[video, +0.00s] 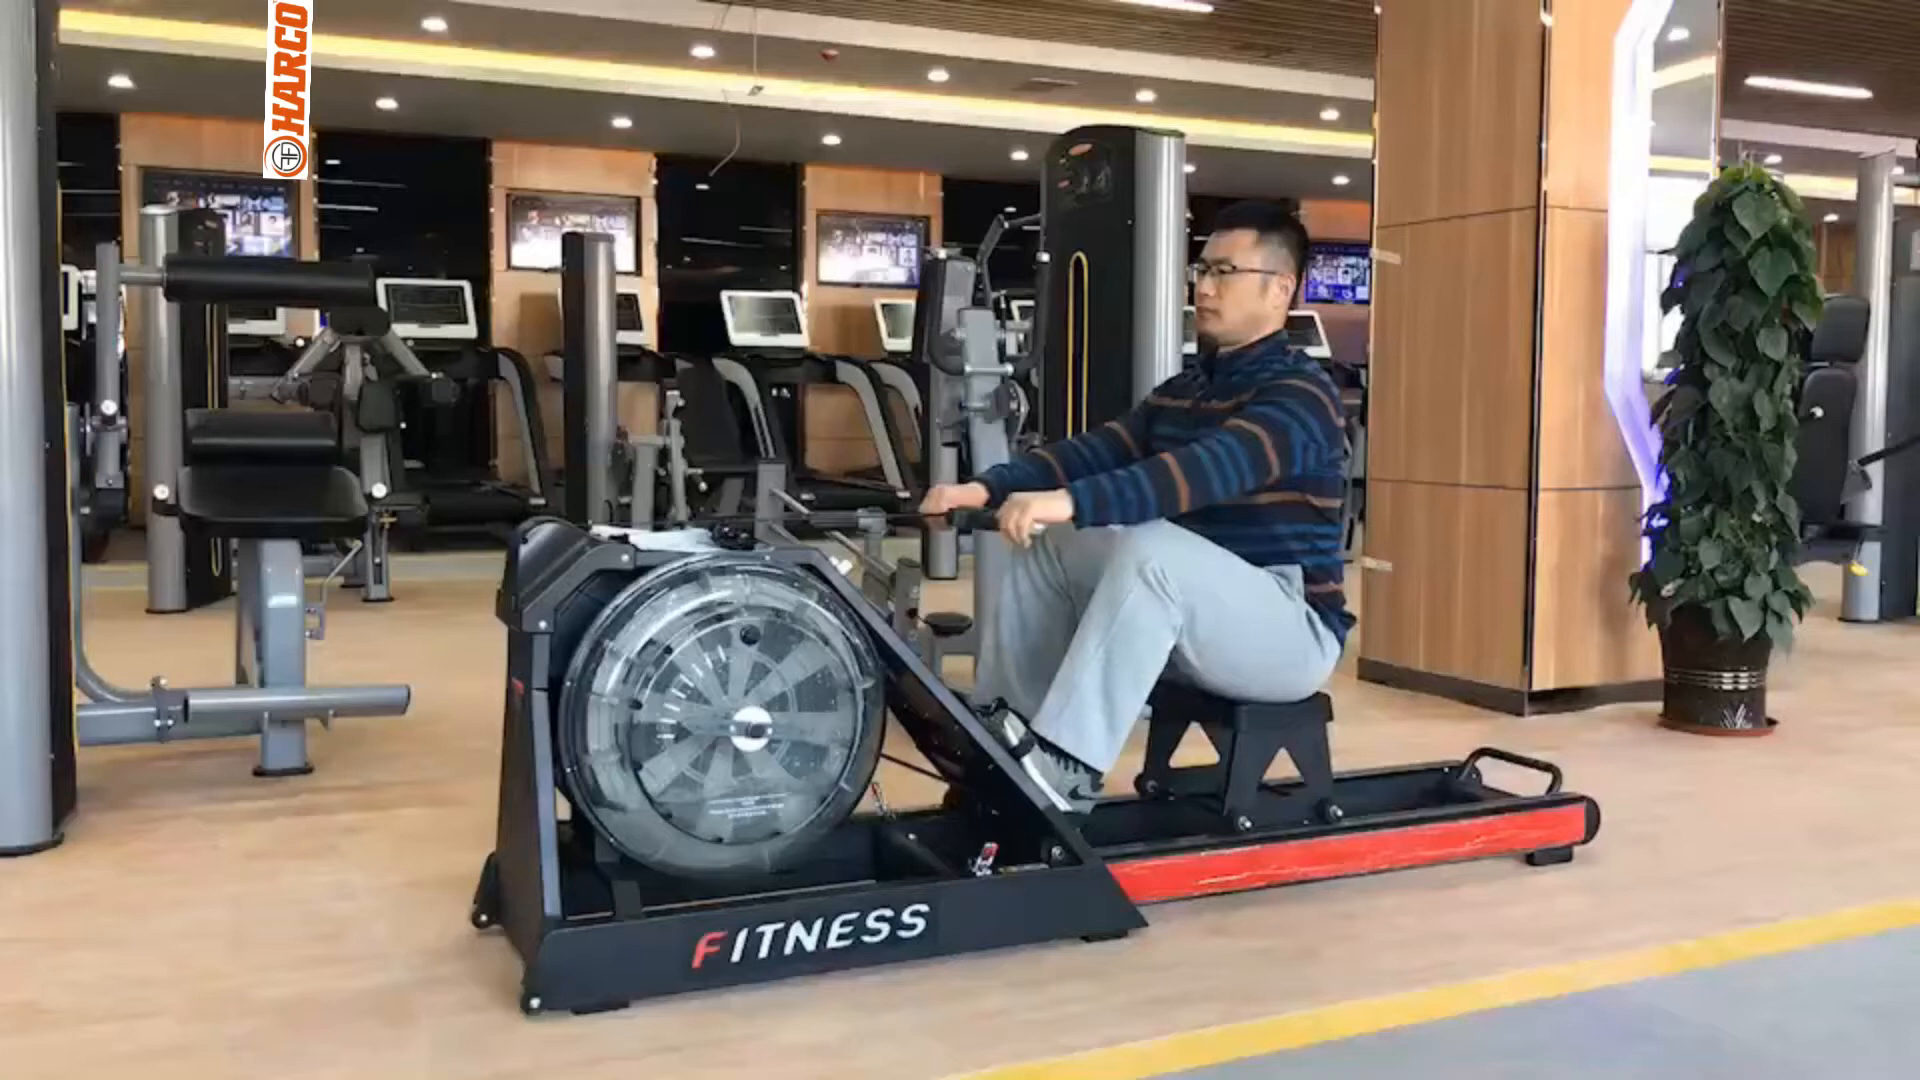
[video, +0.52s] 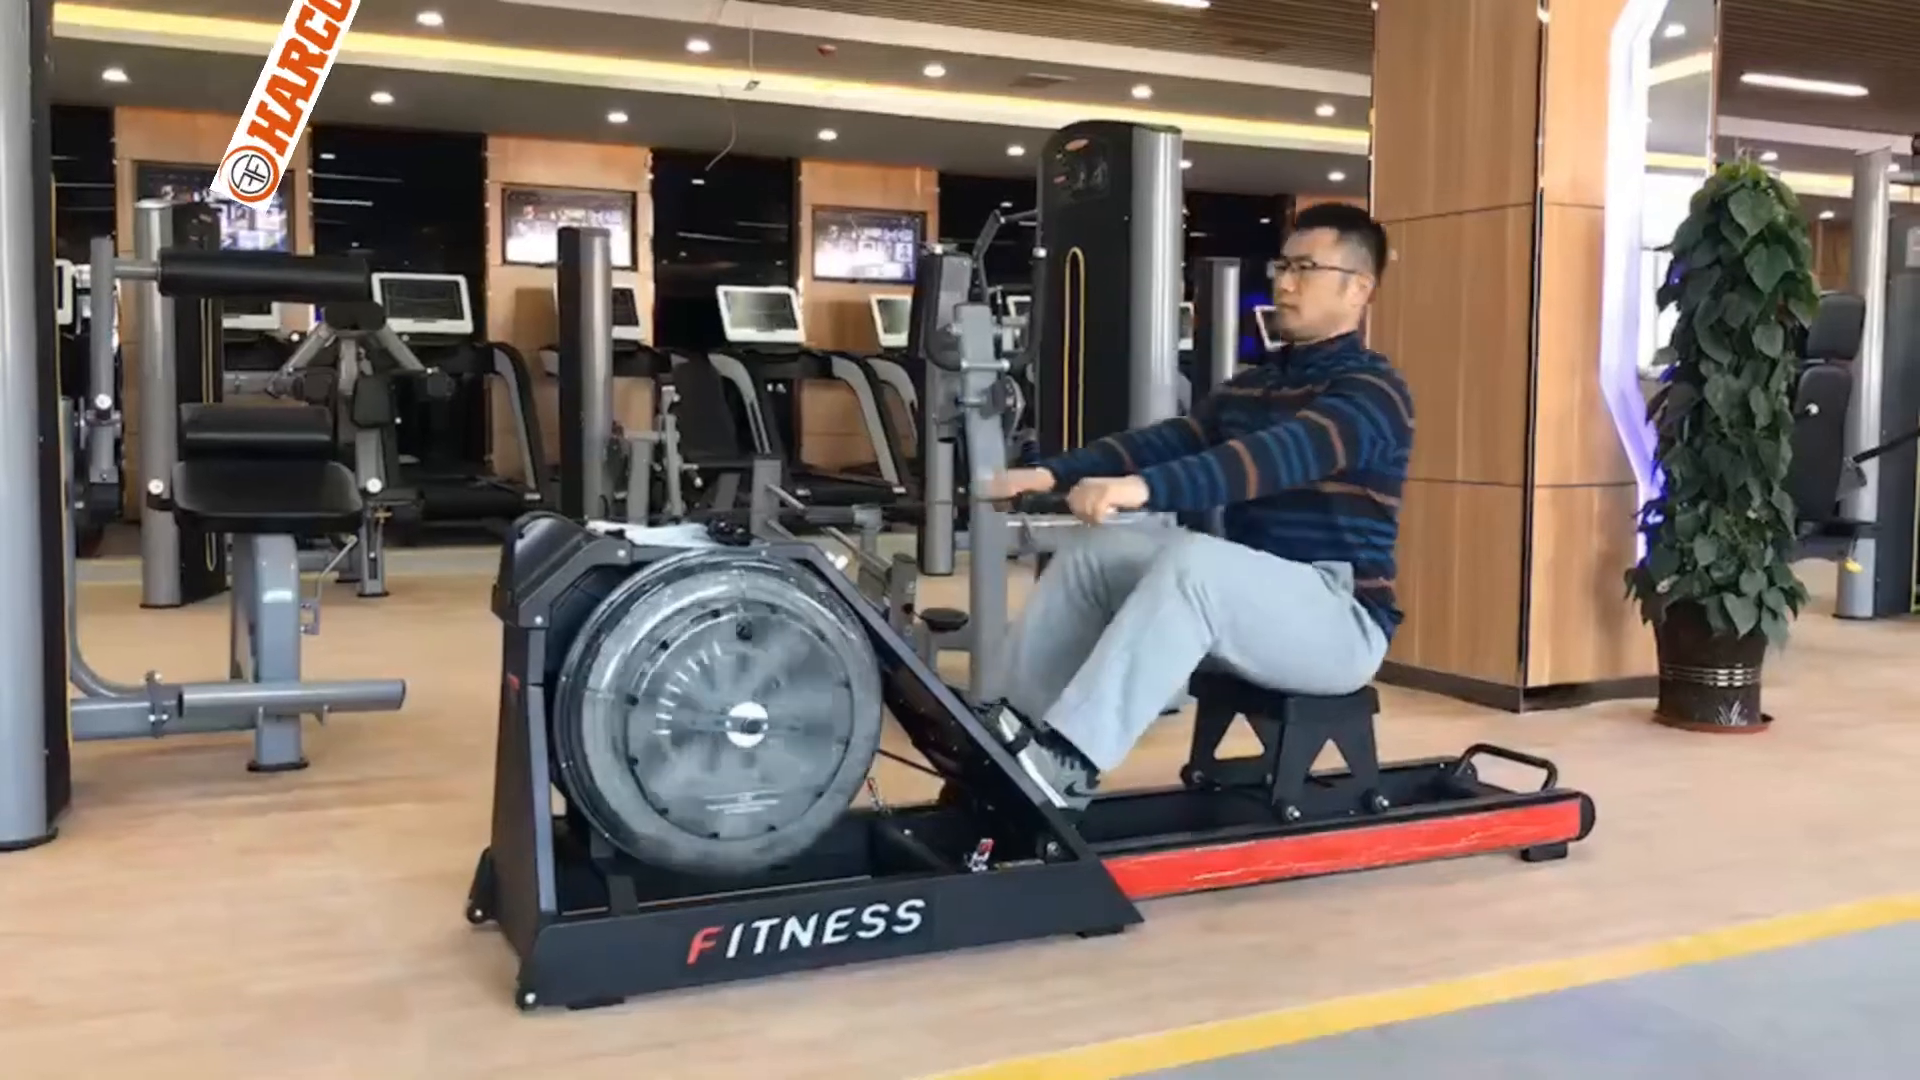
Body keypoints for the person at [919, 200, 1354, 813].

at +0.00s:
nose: (1201, 287)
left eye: (1222, 272)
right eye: (1200, 272)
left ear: (1282, 290)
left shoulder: (1301, 395)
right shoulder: (1185, 389)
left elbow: (1201, 473)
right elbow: (1097, 451)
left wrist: (1072, 502)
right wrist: (988, 487)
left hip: (1291, 631)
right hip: (1189, 613)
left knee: (1152, 552)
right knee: (1024, 533)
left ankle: (1070, 765)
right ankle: (1012, 727)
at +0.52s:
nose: (1283, 282)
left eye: (1305, 268)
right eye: (1281, 267)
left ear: (1358, 290)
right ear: (1274, 279)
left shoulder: (1373, 393)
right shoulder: (1254, 384)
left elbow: (1269, 461)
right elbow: (1166, 443)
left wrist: (1147, 488)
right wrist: (1049, 472)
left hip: (1343, 619)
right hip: (1250, 594)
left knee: (1191, 568)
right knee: (1091, 554)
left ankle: (1071, 760)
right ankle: (1008, 743)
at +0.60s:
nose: (1307, 285)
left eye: (1327, 271)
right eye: (1305, 270)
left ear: (1380, 292)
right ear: (1298, 278)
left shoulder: (1395, 394)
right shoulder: (1281, 384)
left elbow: (1299, 465)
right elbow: (1193, 446)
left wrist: (1174, 492)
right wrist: (1074, 478)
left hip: (1357, 617)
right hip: (1265, 592)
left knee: (1206, 575)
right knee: (1101, 561)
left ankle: (1074, 761)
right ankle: (1008, 729)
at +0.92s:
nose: (1409, 311)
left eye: (1429, 295)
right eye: (1402, 294)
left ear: (1481, 309)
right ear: (1393, 299)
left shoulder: (1502, 408)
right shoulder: (1376, 402)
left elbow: (1444, 499)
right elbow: (1298, 473)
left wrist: (1324, 507)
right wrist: (1213, 485)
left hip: (1415, 614)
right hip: (1329, 591)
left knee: (1248, 635)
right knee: (1159, 606)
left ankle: (1094, 771)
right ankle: (1015, 727)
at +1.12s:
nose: (1429, 317)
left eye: (1450, 302)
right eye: (1424, 301)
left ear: (1503, 317)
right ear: (1417, 307)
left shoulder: (1534, 415)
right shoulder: (1401, 410)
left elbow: (1514, 528)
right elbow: (1353, 498)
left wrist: (1401, 524)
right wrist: (1285, 500)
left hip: (1424, 615)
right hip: (1334, 589)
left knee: (1253, 670)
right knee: (1183, 631)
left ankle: (1092, 786)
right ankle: (1022, 728)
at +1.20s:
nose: (1426, 316)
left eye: (1447, 301)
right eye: (1422, 300)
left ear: (1500, 315)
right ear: (1417, 307)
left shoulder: (1534, 415)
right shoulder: (1400, 410)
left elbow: (1534, 535)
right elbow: (1358, 501)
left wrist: (1419, 527)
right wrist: (1301, 504)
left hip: (1424, 616)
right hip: (1335, 590)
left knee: (1256, 670)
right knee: (1185, 632)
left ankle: (1094, 786)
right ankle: (1022, 728)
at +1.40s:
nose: (1393, 311)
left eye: (1411, 295)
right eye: (1388, 296)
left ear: (1467, 307)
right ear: (1383, 301)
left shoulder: (1507, 410)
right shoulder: (1373, 407)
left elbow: (1546, 532)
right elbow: (1350, 515)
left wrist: (1433, 537)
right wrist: (1304, 530)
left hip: (1416, 618)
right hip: (1328, 591)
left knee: (1249, 646)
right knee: (1160, 609)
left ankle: (1094, 778)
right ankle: (1014, 736)